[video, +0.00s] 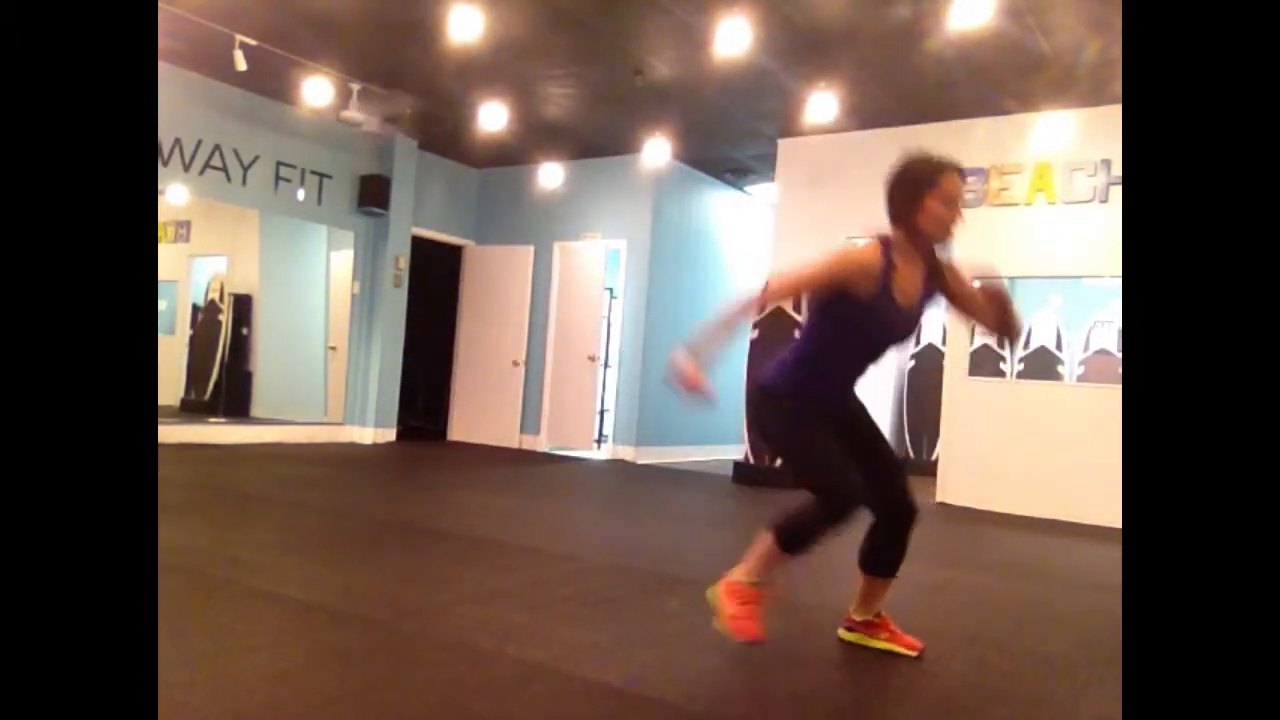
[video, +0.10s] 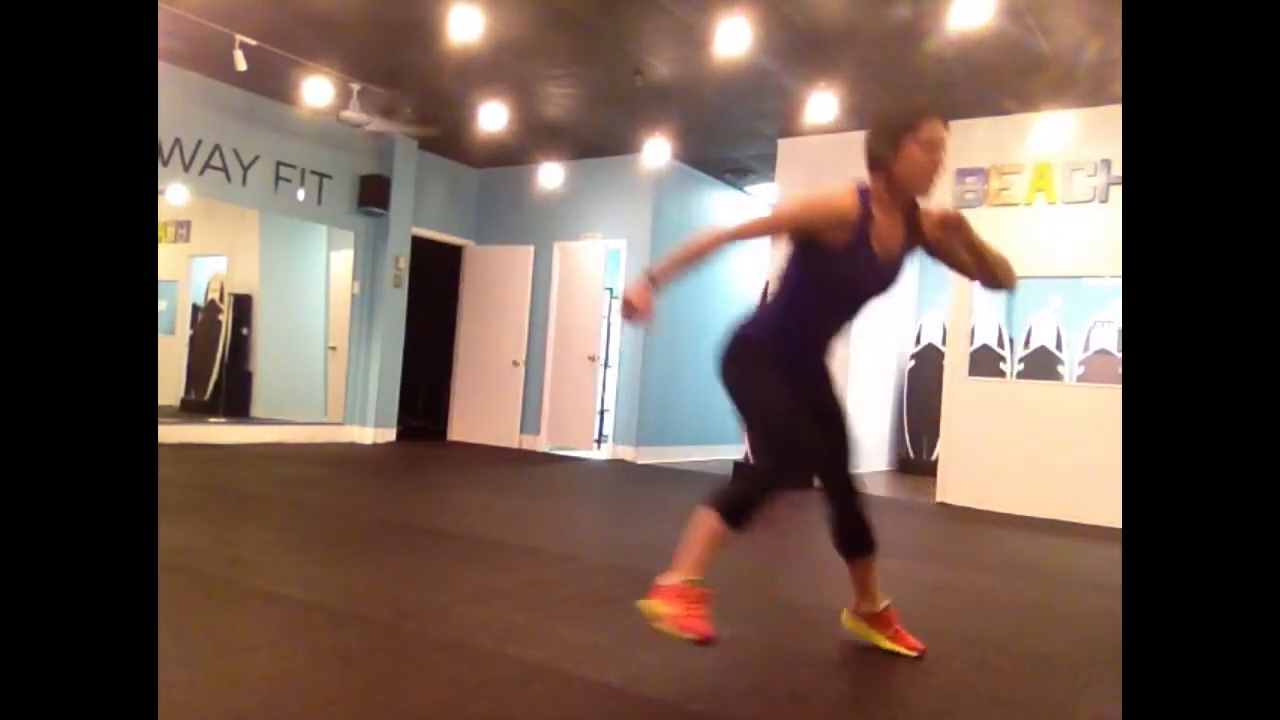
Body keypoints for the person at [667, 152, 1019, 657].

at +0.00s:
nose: (957, 215)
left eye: (959, 204)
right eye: (948, 202)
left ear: (931, 210)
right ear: (914, 204)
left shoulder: (935, 272)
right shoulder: (864, 261)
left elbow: (1001, 328)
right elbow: (767, 295)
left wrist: (998, 302)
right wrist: (697, 353)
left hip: (836, 398)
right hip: (785, 395)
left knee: (896, 506)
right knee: (840, 494)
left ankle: (864, 616)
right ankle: (739, 583)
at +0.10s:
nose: (938, 162)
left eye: (941, 150)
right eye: (929, 148)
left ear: (920, 160)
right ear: (891, 152)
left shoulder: (919, 225)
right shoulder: (838, 210)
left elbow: (1002, 279)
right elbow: (729, 235)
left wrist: (966, 240)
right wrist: (651, 281)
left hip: (805, 362)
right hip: (758, 352)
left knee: (838, 477)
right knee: (776, 458)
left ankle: (868, 607)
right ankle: (677, 583)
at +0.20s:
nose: (913, 140)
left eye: (918, 128)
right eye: (902, 124)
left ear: (911, 139)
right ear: (859, 127)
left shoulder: (891, 210)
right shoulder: (806, 183)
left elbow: (976, 268)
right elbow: (690, 200)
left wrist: (940, 219)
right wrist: (601, 246)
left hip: (773, 343)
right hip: (717, 328)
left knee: (800, 455)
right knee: (714, 451)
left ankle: (824, 574)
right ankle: (625, 608)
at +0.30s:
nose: (879, 152)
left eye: (883, 139)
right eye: (868, 137)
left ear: (873, 150)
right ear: (824, 143)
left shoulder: (854, 231)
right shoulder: (761, 195)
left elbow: (944, 300)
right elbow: (643, 212)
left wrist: (909, 238)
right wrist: (552, 255)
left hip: (725, 365)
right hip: (667, 347)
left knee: (765, 490)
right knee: (664, 479)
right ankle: (596, 668)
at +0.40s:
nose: (835, 198)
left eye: (842, 186)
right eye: (823, 182)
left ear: (844, 198)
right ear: (783, 183)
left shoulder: (815, 287)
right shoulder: (712, 244)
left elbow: (898, 366)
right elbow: (600, 264)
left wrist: (860, 301)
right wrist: (503, 305)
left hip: (678, 410)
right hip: (620, 383)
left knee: (697, 547)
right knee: (647, 518)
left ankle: (617, 528)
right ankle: (577, 687)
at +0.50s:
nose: (807, 239)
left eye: (813, 229)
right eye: (795, 222)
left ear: (812, 241)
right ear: (750, 222)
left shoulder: (791, 326)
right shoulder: (680, 282)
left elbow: (861, 437)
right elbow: (564, 312)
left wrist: (818, 358)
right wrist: (473, 367)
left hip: (644, 434)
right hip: (586, 402)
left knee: (625, 582)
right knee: (644, 517)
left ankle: (523, 549)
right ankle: (569, 692)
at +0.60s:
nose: (785, 259)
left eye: (793, 248)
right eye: (772, 242)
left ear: (793, 261)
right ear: (725, 244)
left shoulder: (771, 344)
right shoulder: (656, 303)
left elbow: (844, 468)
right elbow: (542, 337)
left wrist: (798, 385)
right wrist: (456, 399)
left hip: (622, 445)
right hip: (566, 412)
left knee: (570, 598)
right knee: (641, 517)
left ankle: (447, 571)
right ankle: (568, 691)